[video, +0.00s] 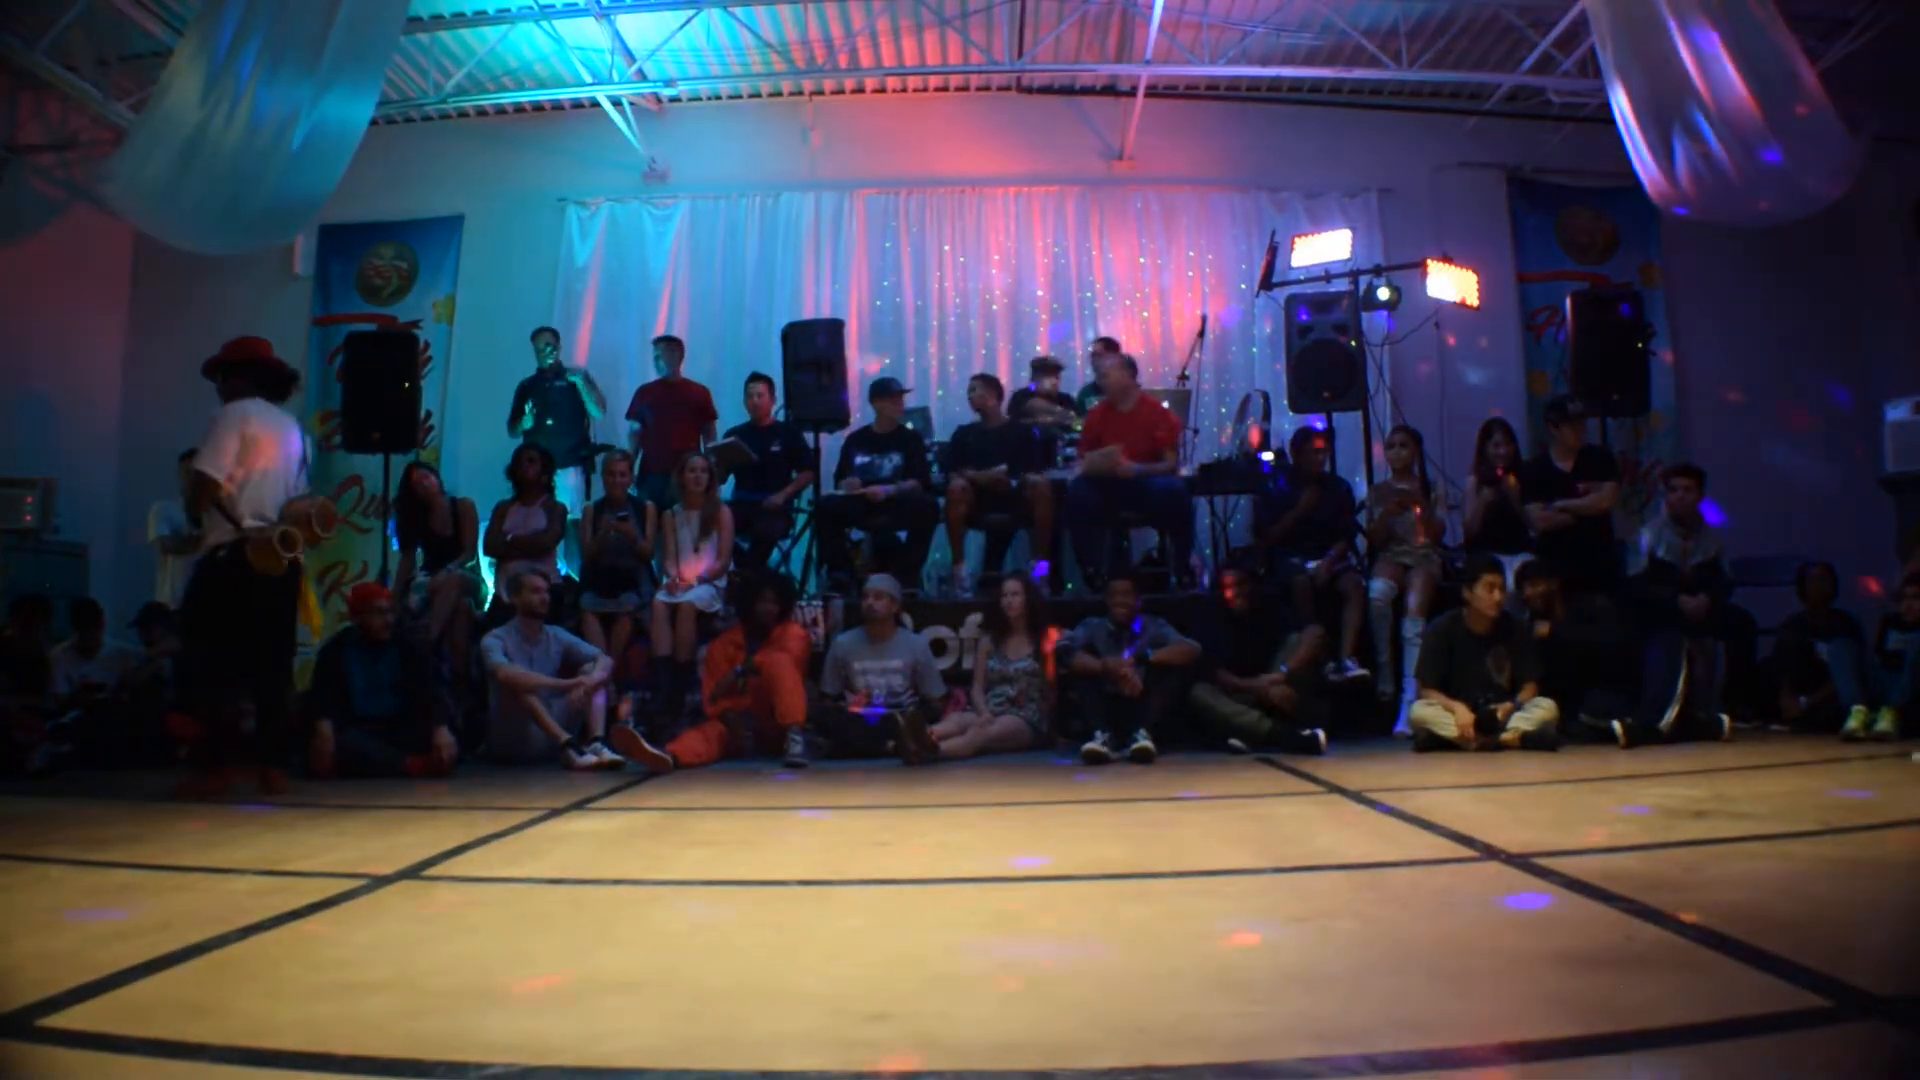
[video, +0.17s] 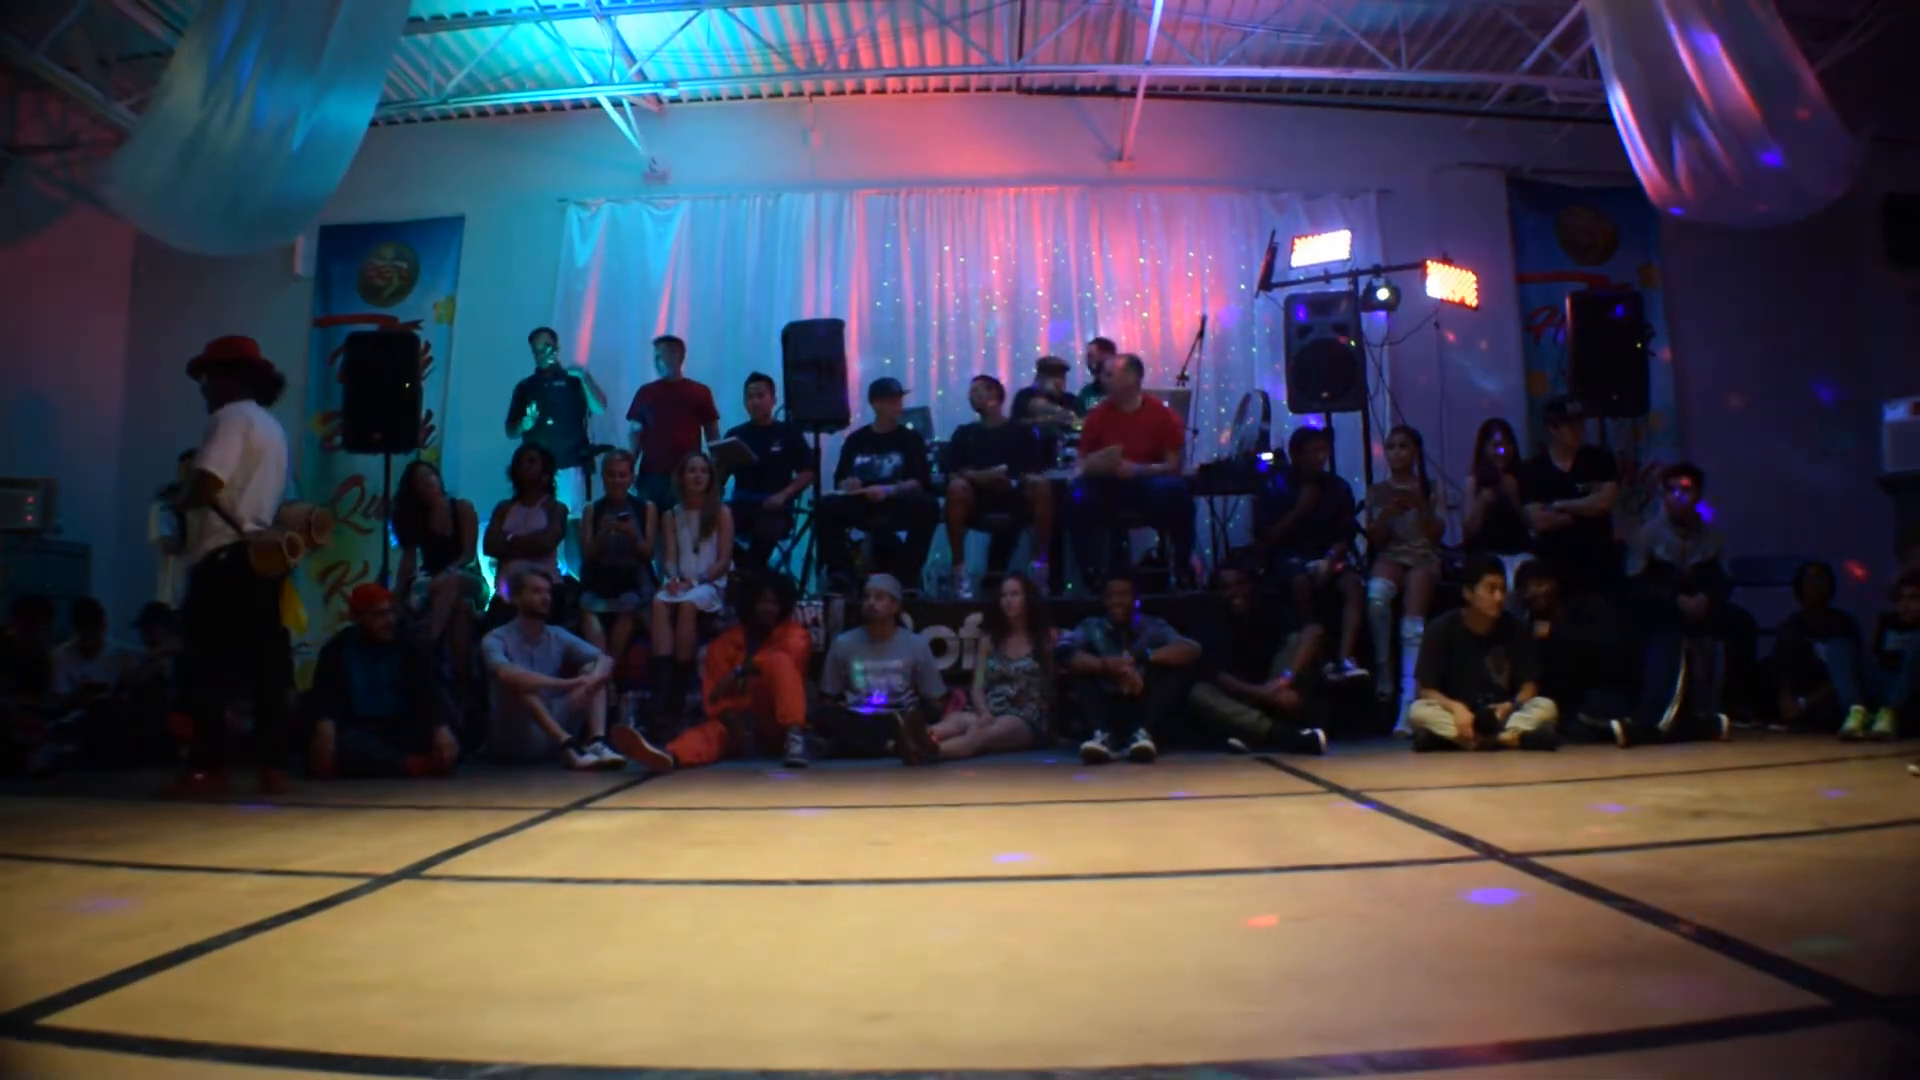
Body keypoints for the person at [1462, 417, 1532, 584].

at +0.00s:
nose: (1502, 452)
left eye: (1507, 445)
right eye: (1496, 446)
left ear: (1514, 447)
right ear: (1484, 449)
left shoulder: (1523, 478)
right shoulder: (1475, 482)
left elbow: (1534, 522)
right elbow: (1470, 530)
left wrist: (1515, 498)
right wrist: (1482, 502)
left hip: (1520, 549)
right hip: (1488, 550)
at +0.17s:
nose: (1501, 451)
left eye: (1505, 445)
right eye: (1495, 445)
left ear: (1513, 447)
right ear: (1483, 448)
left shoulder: (1523, 477)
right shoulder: (1474, 481)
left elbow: (1534, 521)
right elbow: (1469, 529)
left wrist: (1514, 496)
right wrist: (1482, 501)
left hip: (1520, 548)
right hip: (1487, 549)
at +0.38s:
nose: (1499, 451)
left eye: (1504, 444)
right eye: (1493, 445)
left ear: (1511, 448)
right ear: (1482, 449)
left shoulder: (1520, 480)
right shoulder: (1470, 485)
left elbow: (1529, 522)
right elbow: (1468, 532)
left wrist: (1511, 498)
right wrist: (1481, 503)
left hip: (1517, 550)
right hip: (1486, 552)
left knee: (1531, 571)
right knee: (1507, 583)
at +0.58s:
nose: (1512, 447)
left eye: (1513, 441)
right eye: (1507, 441)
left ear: (1515, 444)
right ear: (1490, 445)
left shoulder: (1520, 478)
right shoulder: (1474, 482)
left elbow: (1532, 521)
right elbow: (1469, 528)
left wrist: (1515, 498)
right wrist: (1486, 505)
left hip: (1519, 552)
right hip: (1488, 553)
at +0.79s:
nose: (1514, 447)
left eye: (1514, 441)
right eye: (1508, 441)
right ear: (1491, 446)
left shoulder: (1515, 479)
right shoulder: (1473, 483)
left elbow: (1525, 519)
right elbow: (1469, 530)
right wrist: (1486, 506)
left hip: (1519, 550)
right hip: (1488, 551)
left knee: (1535, 583)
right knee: (1513, 584)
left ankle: (1527, 642)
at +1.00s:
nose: (1514, 447)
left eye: (1515, 441)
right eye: (1509, 441)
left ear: (1514, 445)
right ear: (1492, 445)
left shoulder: (1518, 478)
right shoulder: (1474, 481)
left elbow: (1528, 519)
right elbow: (1468, 529)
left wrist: (1514, 500)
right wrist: (1486, 506)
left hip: (1520, 549)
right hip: (1488, 550)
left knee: (1535, 584)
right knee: (1513, 584)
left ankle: (1529, 643)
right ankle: (1501, 642)